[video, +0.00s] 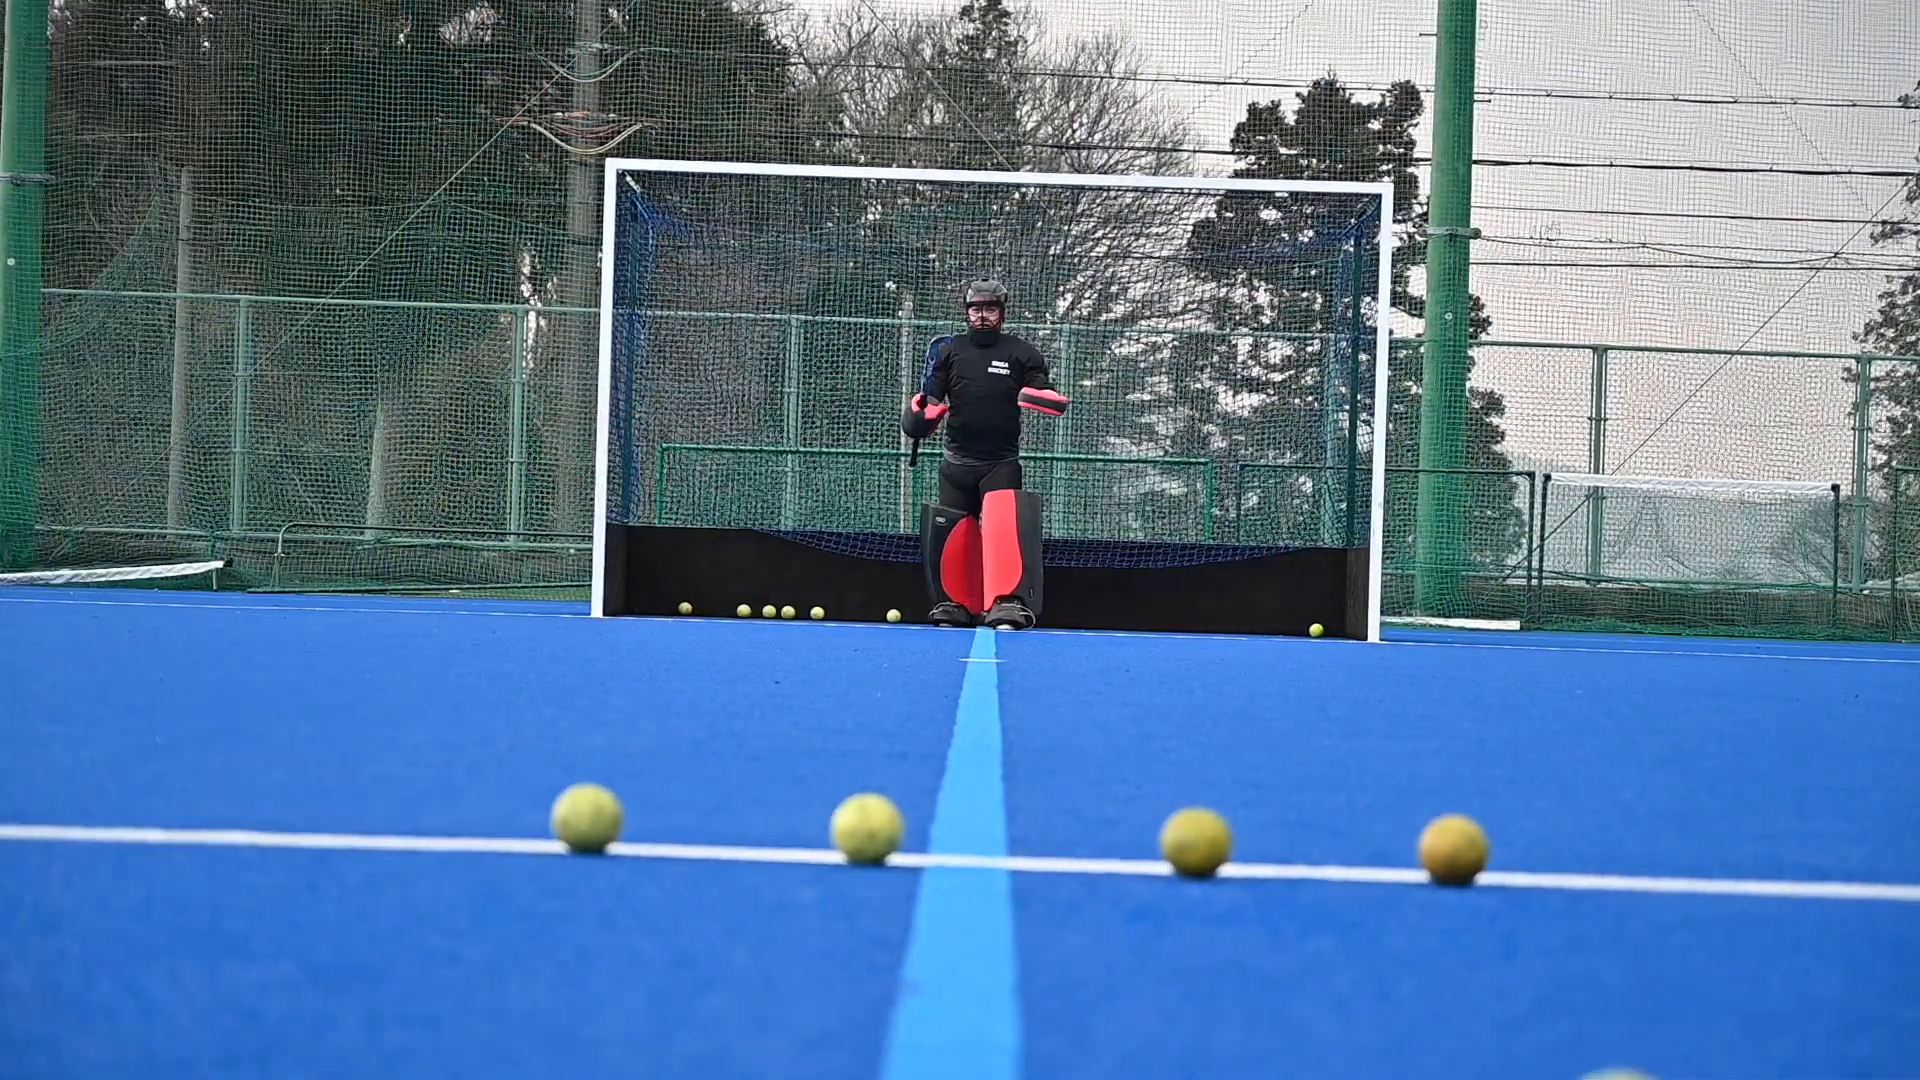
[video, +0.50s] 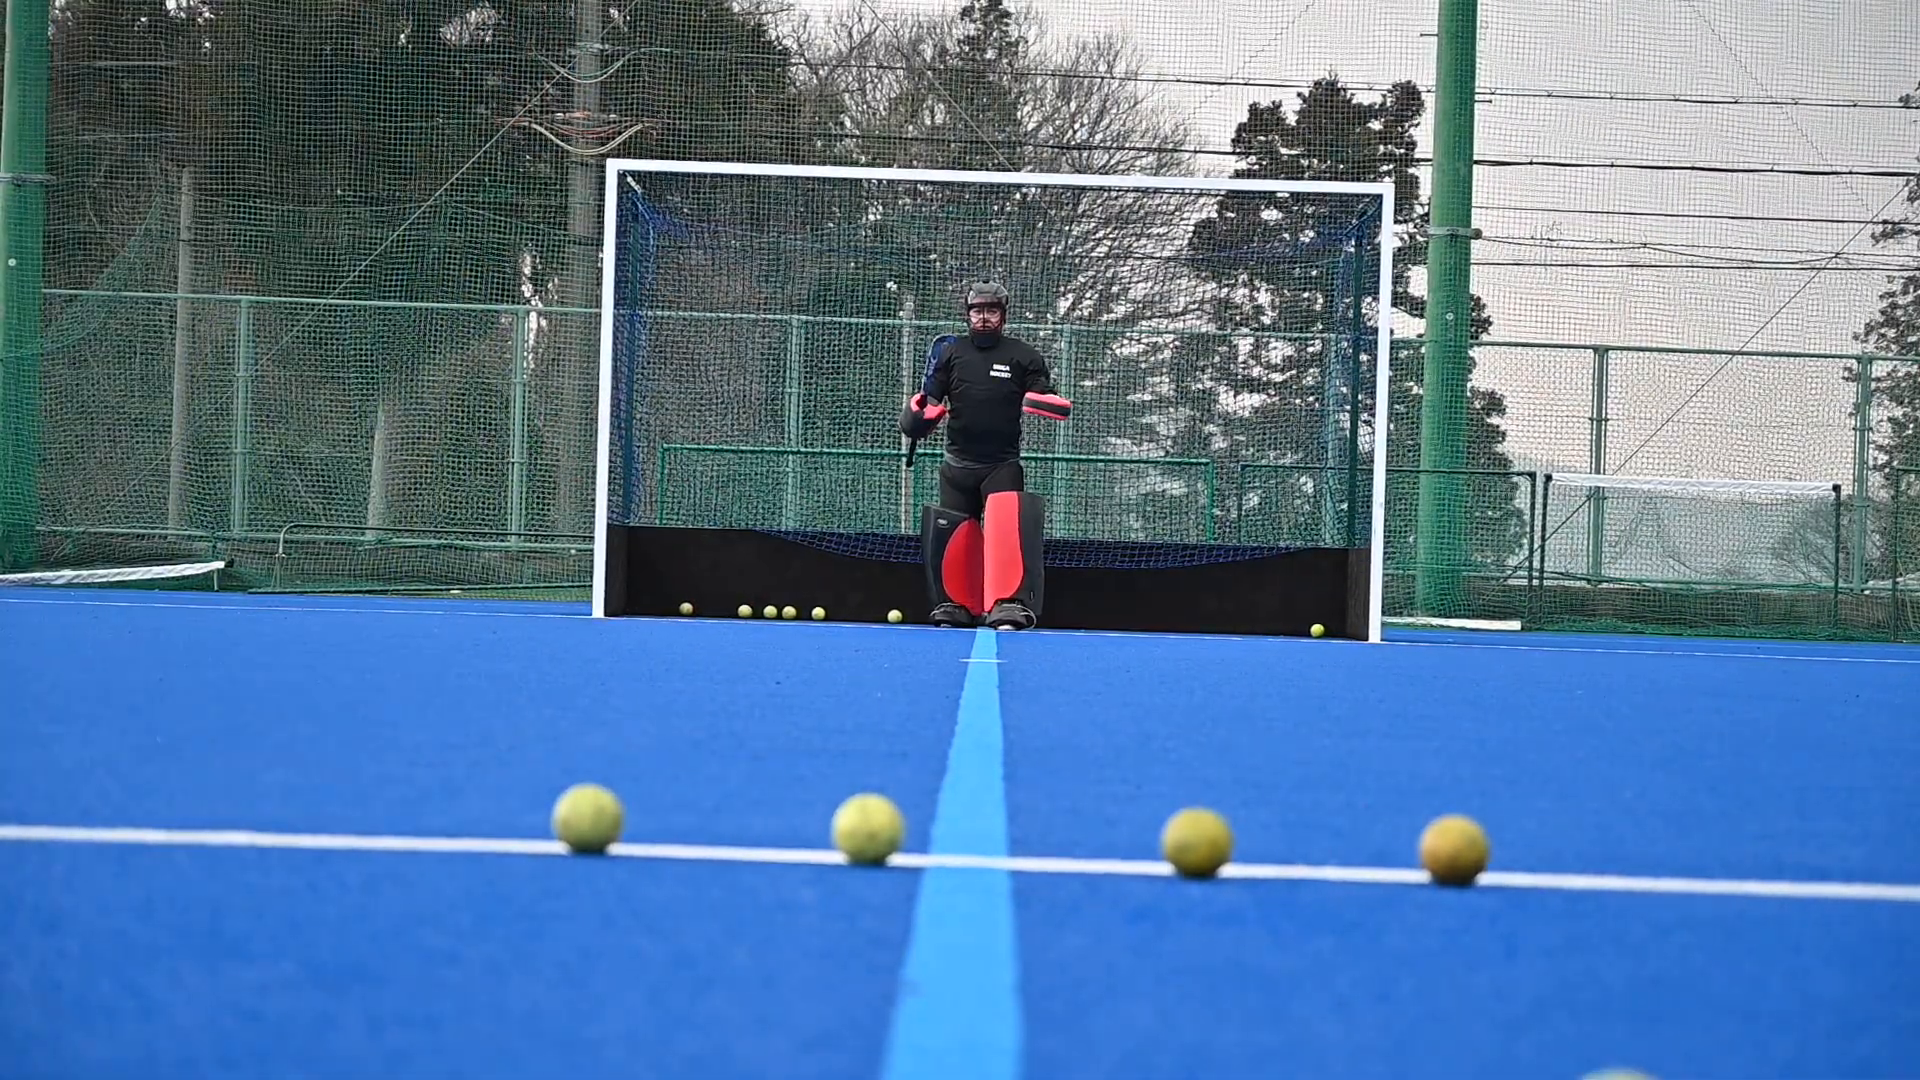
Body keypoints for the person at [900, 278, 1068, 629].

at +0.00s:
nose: (983, 316)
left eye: (990, 309)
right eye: (976, 309)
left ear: (1002, 313)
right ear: (967, 314)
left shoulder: (1023, 352)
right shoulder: (950, 352)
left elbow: (1044, 398)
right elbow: (929, 401)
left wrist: (1043, 401)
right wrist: (921, 418)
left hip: (1001, 461)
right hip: (957, 459)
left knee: (1003, 529)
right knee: (952, 531)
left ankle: (1007, 604)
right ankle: (953, 603)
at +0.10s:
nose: (983, 316)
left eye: (990, 309)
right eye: (976, 309)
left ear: (1002, 313)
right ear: (967, 314)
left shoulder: (1023, 353)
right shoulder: (950, 351)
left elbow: (1044, 399)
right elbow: (929, 400)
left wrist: (1046, 402)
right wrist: (919, 418)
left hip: (1001, 461)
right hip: (957, 459)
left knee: (1003, 529)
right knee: (952, 531)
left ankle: (1007, 604)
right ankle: (953, 603)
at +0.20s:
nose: (982, 316)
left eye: (990, 309)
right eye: (975, 309)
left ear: (1002, 313)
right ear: (966, 314)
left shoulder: (1023, 354)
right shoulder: (950, 352)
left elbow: (1044, 398)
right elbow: (928, 399)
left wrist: (1046, 402)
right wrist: (915, 420)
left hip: (1001, 462)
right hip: (956, 460)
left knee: (1003, 531)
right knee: (952, 533)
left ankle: (1007, 604)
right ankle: (954, 604)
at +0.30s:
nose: (982, 315)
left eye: (990, 309)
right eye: (976, 309)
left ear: (1002, 314)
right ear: (967, 314)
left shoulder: (1023, 354)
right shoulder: (951, 352)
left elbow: (1045, 398)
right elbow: (928, 399)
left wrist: (1048, 403)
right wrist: (916, 419)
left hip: (1001, 462)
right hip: (957, 460)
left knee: (1003, 530)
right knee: (953, 533)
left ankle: (1007, 604)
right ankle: (954, 604)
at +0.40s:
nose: (983, 317)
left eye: (991, 310)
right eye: (977, 310)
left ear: (1002, 314)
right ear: (967, 314)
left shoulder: (1023, 355)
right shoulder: (951, 352)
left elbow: (1044, 398)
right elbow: (928, 399)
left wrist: (1048, 404)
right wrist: (918, 417)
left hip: (1002, 463)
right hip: (957, 461)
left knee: (1004, 531)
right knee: (953, 534)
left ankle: (1006, 605)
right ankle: (954, 604)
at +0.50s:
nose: (984, 318)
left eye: (992, 311)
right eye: (977, 312)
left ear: (1003, 315)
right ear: (968, 316)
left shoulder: (1024, 355)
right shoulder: (952, 353)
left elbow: (1044, 397)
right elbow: (929, 400)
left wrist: (1049, 405)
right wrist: (918, 416)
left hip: (1002, 464)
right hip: (958, 462)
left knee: (1005, 531)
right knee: (953, 534)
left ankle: (1007, 605)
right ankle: (954, 605)